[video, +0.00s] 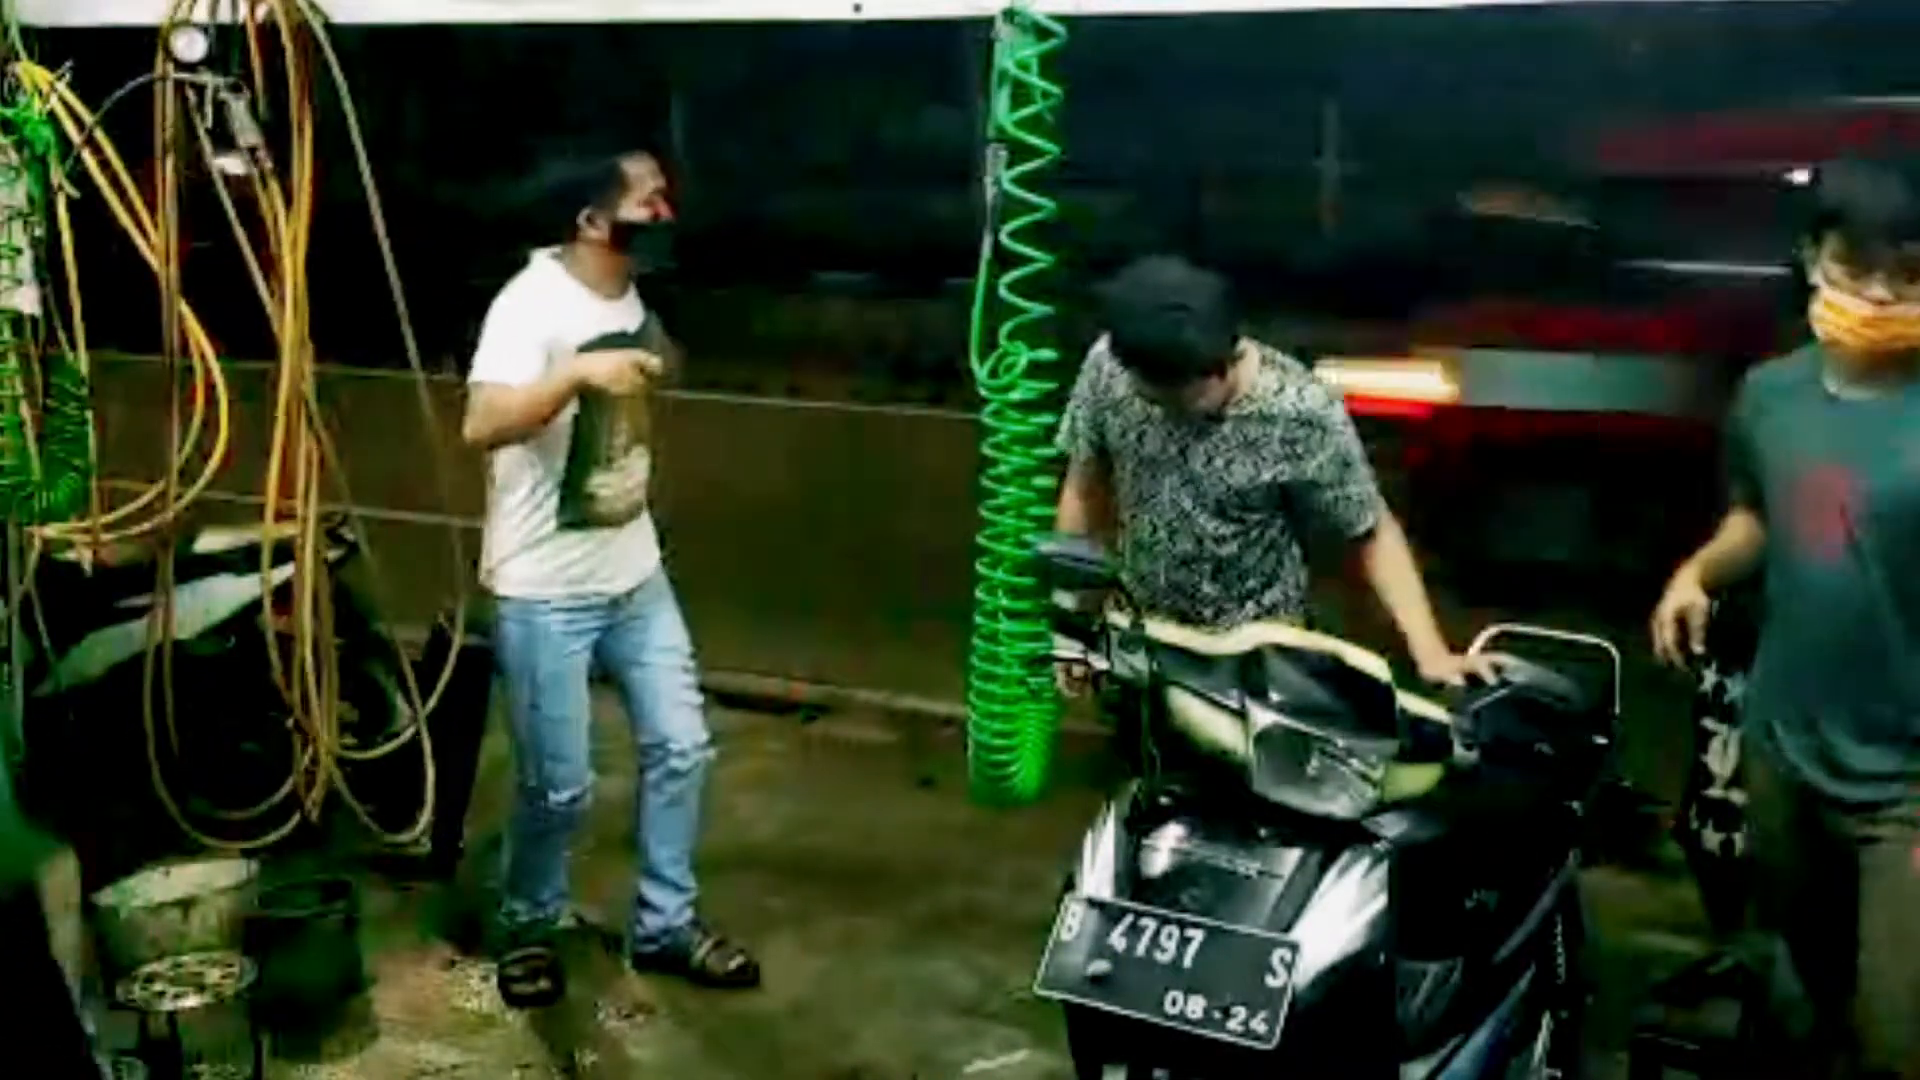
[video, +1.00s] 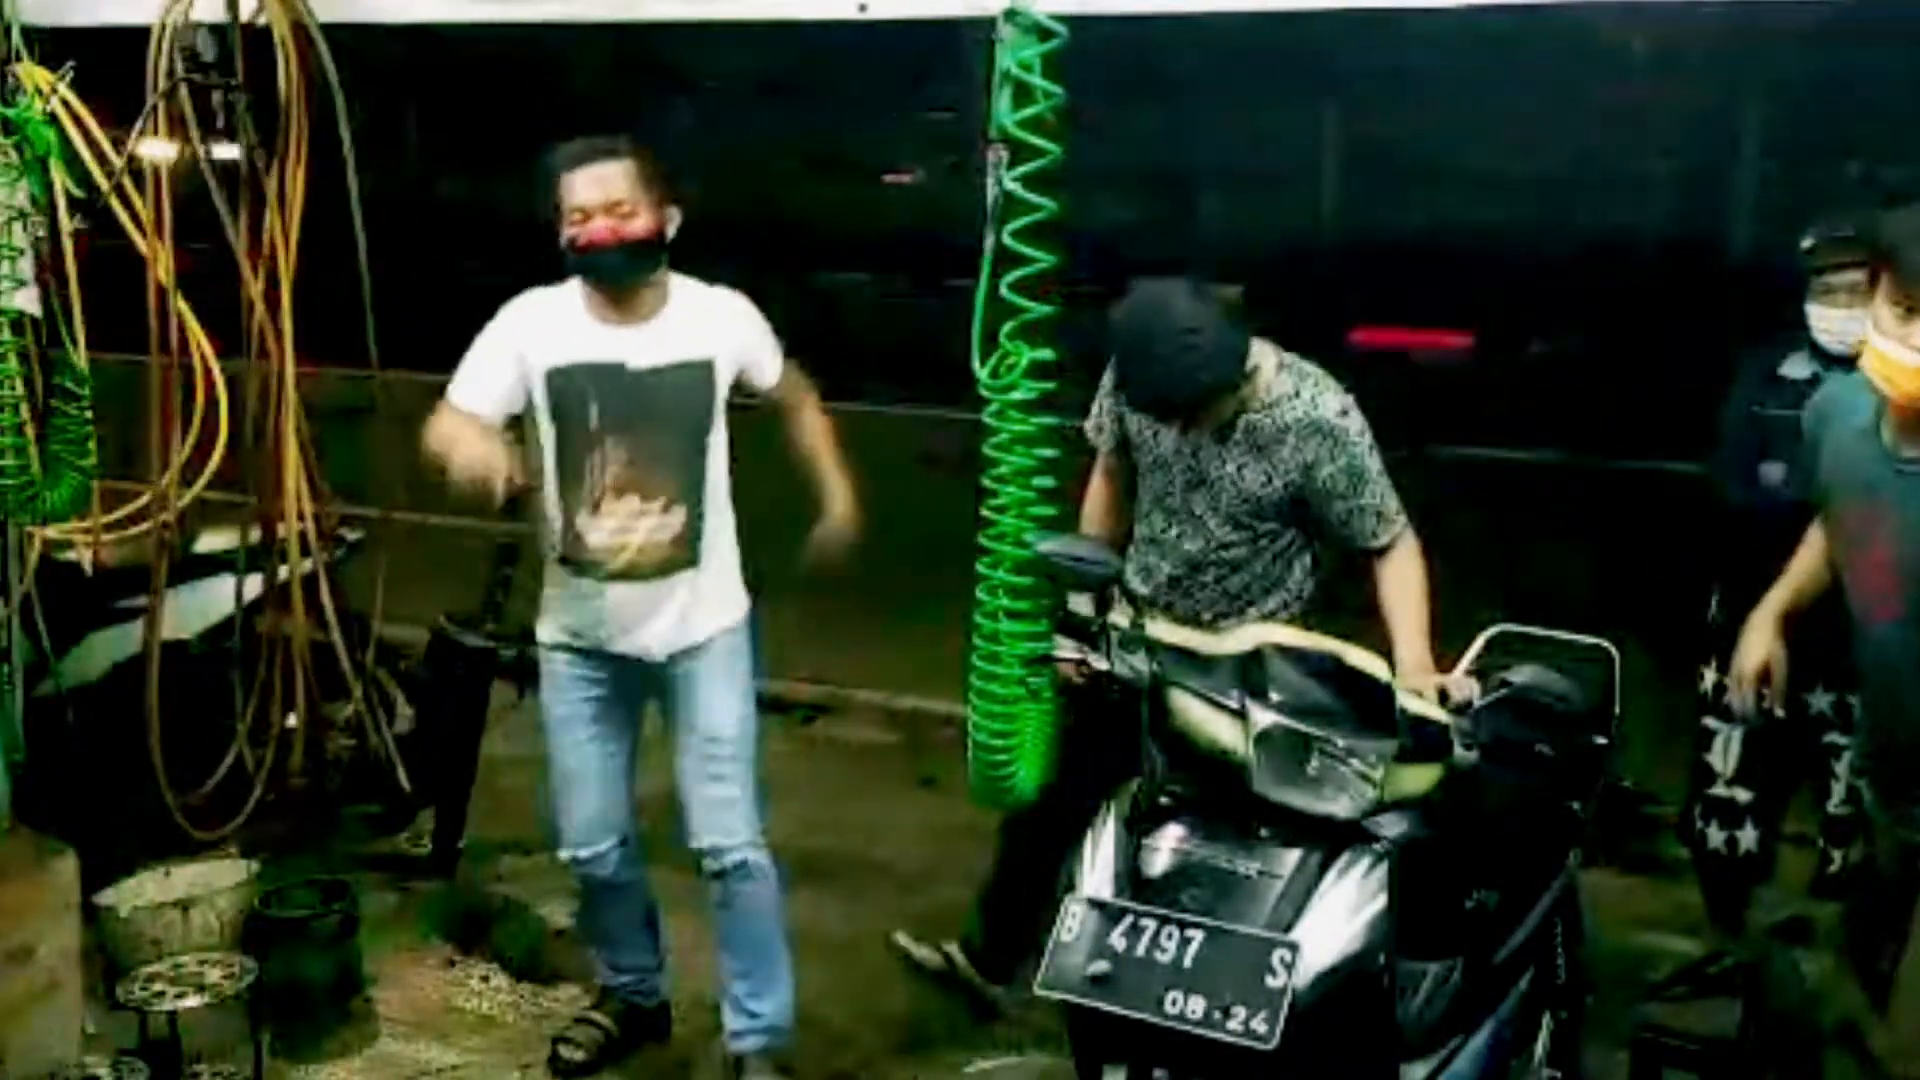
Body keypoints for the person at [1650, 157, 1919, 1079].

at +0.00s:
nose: (1872, 311)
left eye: (1899, 291)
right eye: (1853, 285)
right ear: (1812, 275)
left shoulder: (1918, 406)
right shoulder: (1771, 397)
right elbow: (1757, 513)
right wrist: (1697, 572)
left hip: (1902, 778)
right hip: (1784, 755)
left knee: (1895, 1033)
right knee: (1788, 1000)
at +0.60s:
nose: (1891, 347)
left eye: (1903, 324)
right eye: (1885, 319)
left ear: (1917, 328)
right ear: (1871, 317)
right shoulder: (1848, 402)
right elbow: (1855, 519)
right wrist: (1780, 595)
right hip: (1886, 737)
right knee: (1864, 914)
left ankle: (1866, 1030)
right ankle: (1847, 1033)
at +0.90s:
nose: (1901, 339)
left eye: (1914, 318)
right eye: (1892, 312)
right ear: (1862, 314)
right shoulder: (1841, 414)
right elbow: (1845, 523)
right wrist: (1771, 610)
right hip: (1889, 736)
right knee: (1875, 897)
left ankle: (1862, 1019)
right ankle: (1853, 1019)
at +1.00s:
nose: (1894, 333)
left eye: (1911, 314)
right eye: (1893, 308)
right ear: (1867, 314)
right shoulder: (1843, 411)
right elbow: (1844, 521)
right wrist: (1770, 609)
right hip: (1888, 740)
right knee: (1869, 925)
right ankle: (1851, 1028)